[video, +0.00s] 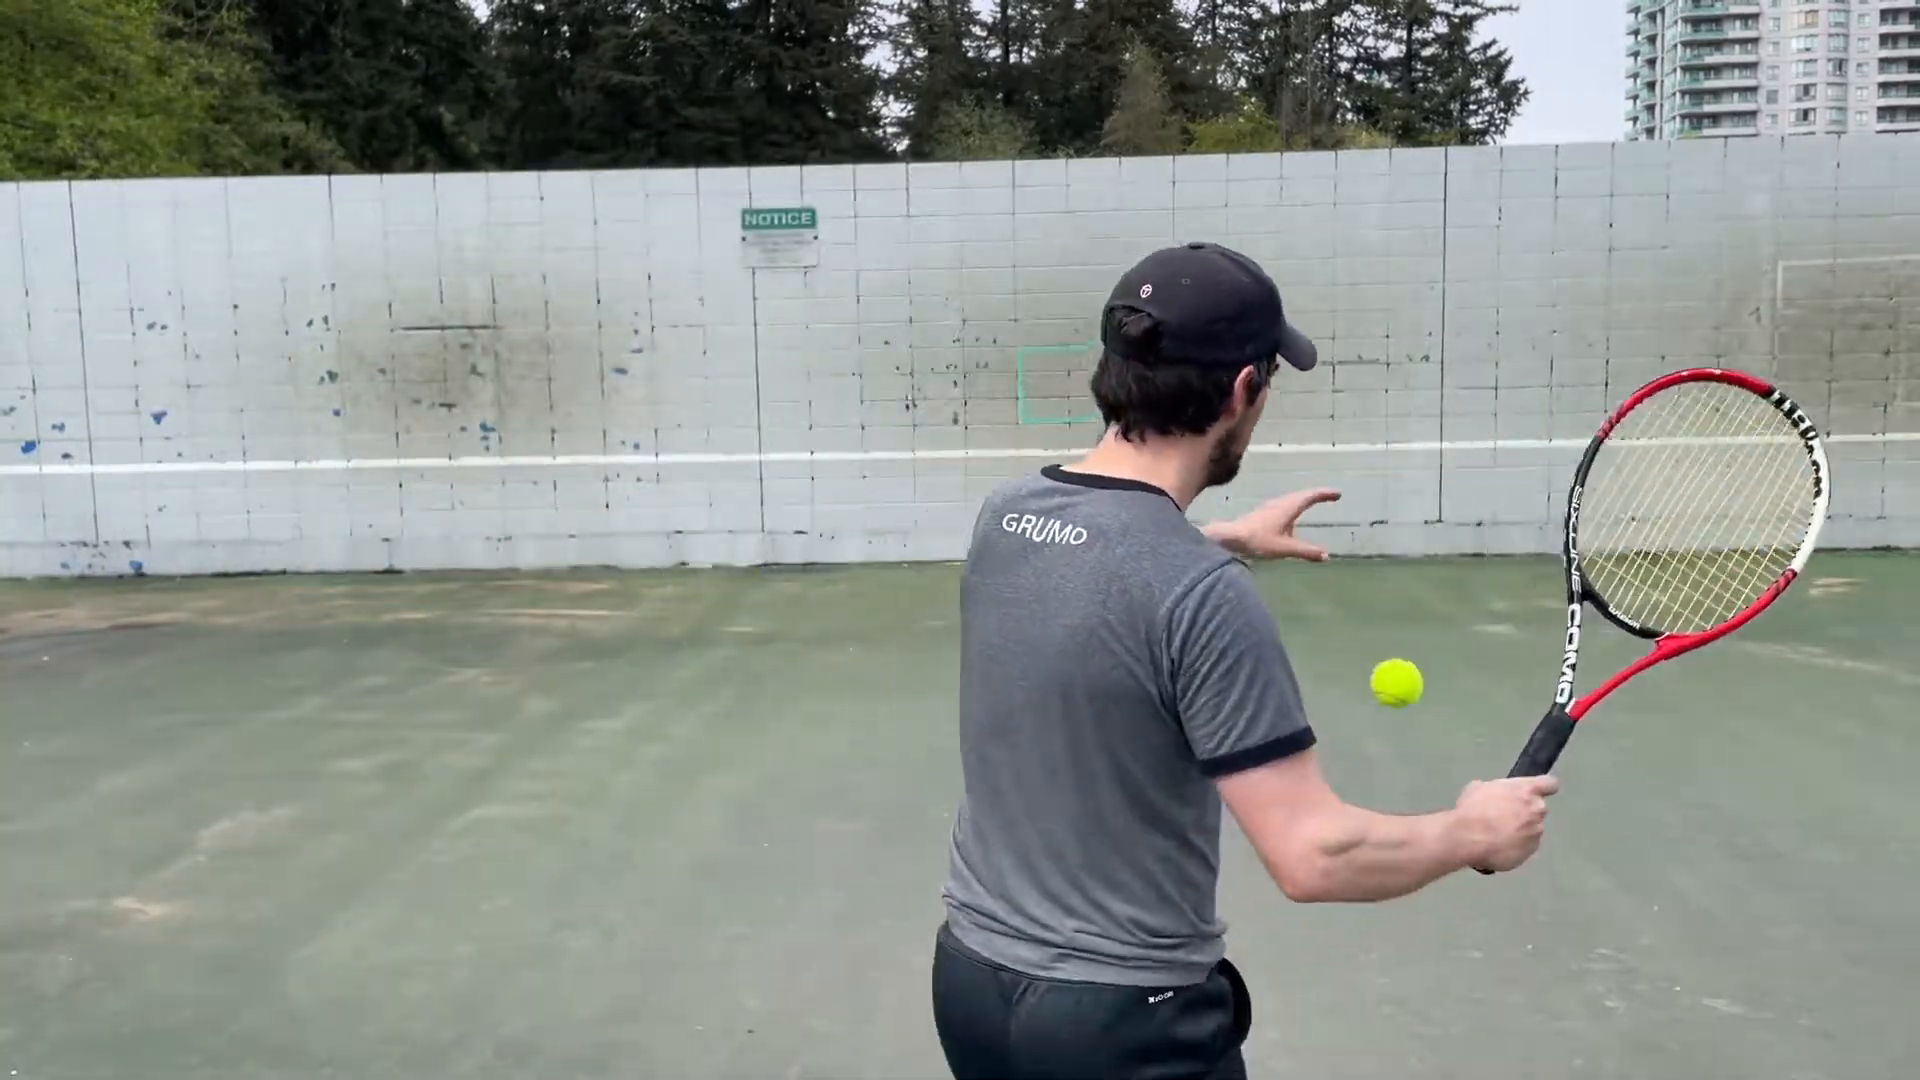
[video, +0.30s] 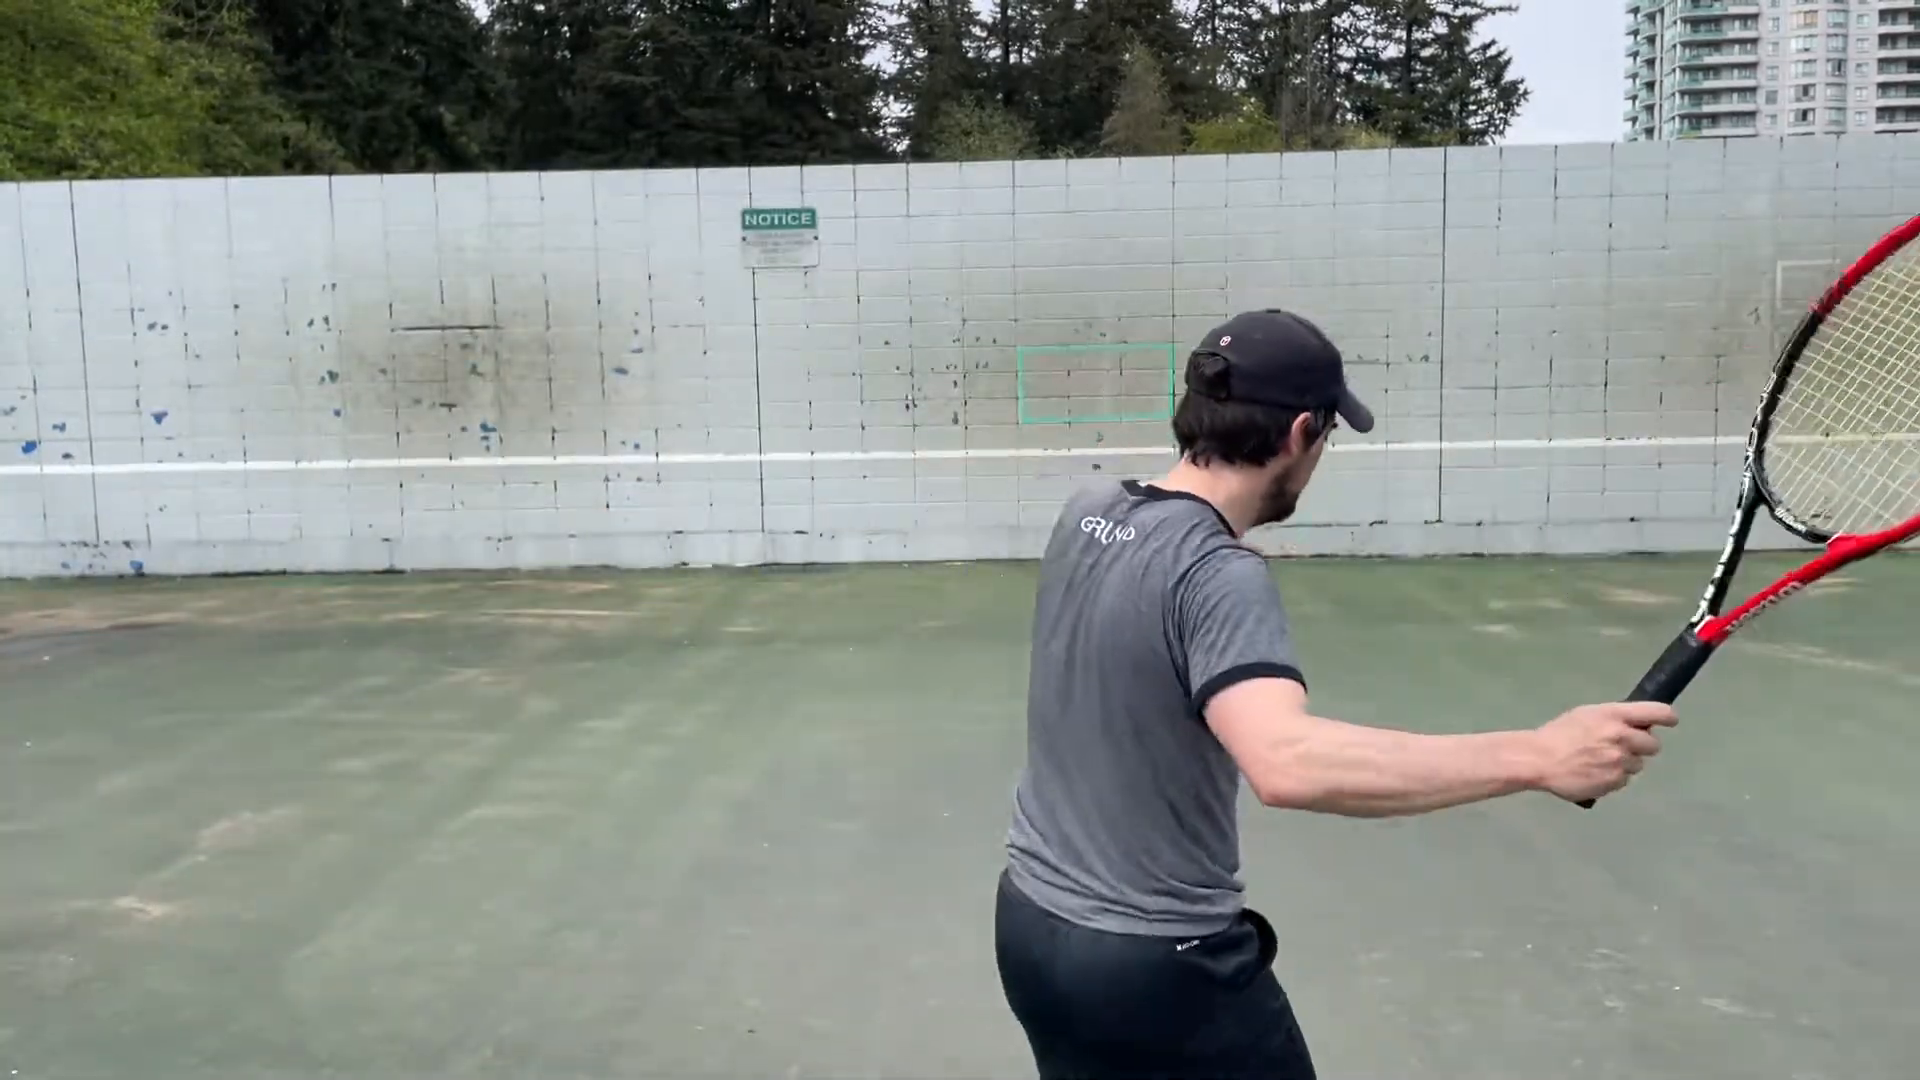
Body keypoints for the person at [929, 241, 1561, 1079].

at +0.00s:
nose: (1266, 396)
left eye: (1268, 376)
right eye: (1267, 377)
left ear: (1120, 366)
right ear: (1240, 392)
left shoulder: (1005, 517)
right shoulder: (1199, 589)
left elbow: (1098, 567)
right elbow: (1312, 854)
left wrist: (1229, 538)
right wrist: (1469, 832)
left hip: (972, 985)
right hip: (1129, 1018)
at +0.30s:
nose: (1323, 451)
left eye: (1329, 432)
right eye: (1327, 431)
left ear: (1200, 413)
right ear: (1300, 434)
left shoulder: (1090, 515)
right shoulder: (1217, 573)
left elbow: (1154, 492)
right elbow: (1285, 761)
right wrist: (1537, 755)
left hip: (1037, 929)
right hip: (1165, 968)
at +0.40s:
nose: (1359, 463)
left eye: (1367, 442)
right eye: (1365, 440)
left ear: (1243, 416)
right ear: (1338, 439)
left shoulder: (1119, 513)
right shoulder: (1258, 555)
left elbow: (1073, 531)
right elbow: (1296, 724)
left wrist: (1182, 496)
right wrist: (1528, 753)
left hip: (1065, 905)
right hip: (1206, 935)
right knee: (1293, 1061)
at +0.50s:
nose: (1403, 450)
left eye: (1412, 433)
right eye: (1410, 430)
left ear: (1292, 404)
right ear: (1387, 428)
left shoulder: (1169, 486)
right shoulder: (1318, 542)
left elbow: (1055, 516)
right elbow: (1354, 699)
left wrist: (1068, 518)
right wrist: (1545, 786)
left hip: (1106, 870)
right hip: (1242, 899)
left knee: (1116, 1070)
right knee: (1295, 1064)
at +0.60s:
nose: (1441, 457)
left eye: (1443, 439)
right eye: (1444, 439)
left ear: (1328, 418)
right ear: (1427, 441)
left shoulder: (1206, 493)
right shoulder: (1379, 557)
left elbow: (1056, 519)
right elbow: (1436, 720)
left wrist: (983, 538)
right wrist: (1568, 867)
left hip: (1157, 867)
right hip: (1293, 889)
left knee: (1142, 1070)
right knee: (1337, 1064)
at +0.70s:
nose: (1461, 454)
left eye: (1465, 436)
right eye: (1465, 439)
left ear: (1353, 417)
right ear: (1448, 441)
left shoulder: (1238, 493)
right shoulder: (1433, 571)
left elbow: (1074, 555)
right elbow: (1490, 765)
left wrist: (953, 597)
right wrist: (1569, 941)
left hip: (1197, 858)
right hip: (1334, 872)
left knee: (1171, 1063)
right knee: (1356, 1048)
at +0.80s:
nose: (1460, 411)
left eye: (1462, 394)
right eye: (1464, 397)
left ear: (1351, 380)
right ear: (1447, 406)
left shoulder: (1247, 485)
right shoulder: (1452, 543)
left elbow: (1104, 592)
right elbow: (1475, 724)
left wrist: (984, 682)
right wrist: (1516, 858)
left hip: (1227, 824)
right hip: (1358, 838)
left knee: (1186, 1047)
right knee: (1359, 1038)